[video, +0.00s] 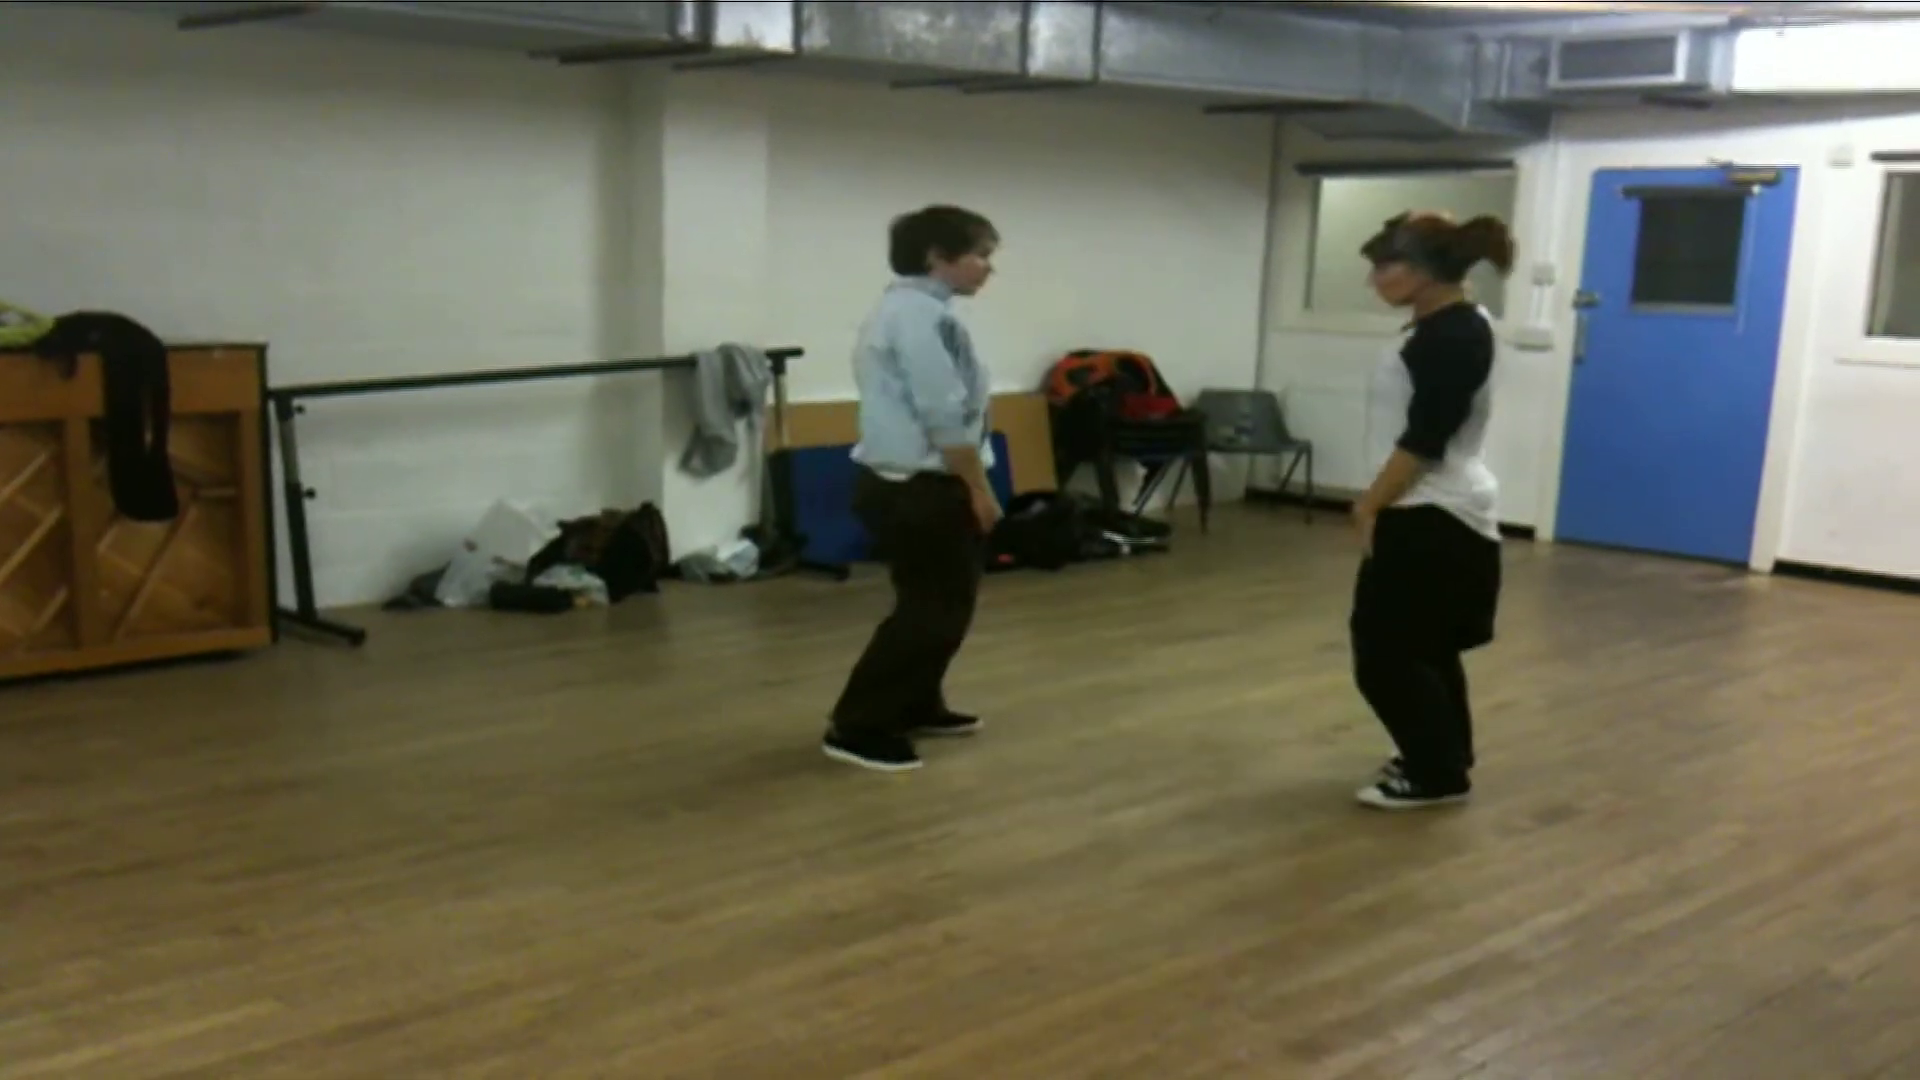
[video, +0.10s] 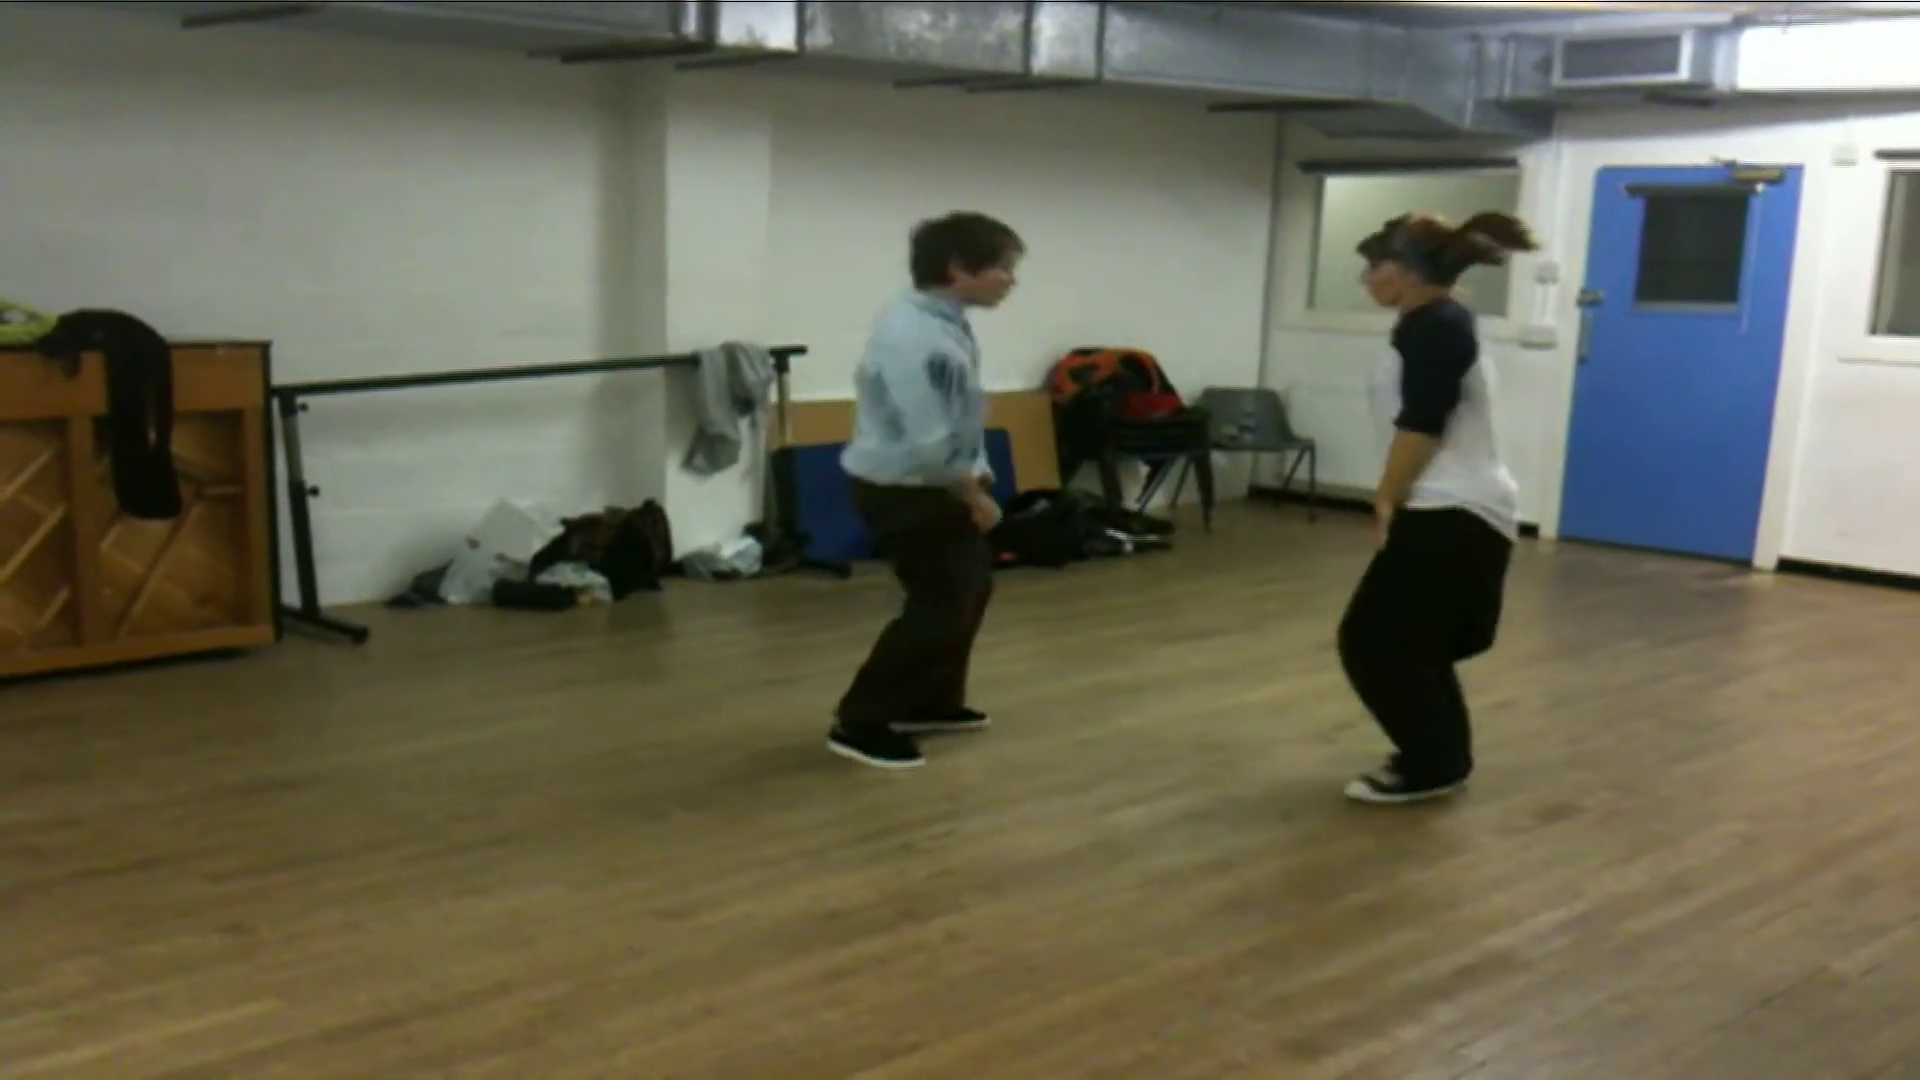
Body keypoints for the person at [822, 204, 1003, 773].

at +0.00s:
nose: (989, 267)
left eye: (989, 256)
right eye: (980, 256)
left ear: (936, 260)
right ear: (939, 258)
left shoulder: (912, 309)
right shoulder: (916, 316)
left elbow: (937, 412)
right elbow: (945, 418)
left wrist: (970, 479)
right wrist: (978, 487)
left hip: (925, 479)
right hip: (912, 484)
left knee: (947, 601)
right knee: (932, 606)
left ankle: (919, 702)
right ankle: (858, 727)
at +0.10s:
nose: (1010, 281)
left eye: (1009, 269)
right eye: (1001, 270)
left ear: (960, 273)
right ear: (959, 272)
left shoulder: (948, 326)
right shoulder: (911, 333)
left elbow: (964, 424)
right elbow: (929, 441)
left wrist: (980, 485)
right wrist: (969, 488)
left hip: (934, 486)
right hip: (895, 488)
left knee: (971, 584)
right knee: (944, 593)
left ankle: (934, 700)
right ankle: (860, 722)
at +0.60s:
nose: (1083, 276)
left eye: (1079, 265)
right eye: (1070, 267)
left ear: (1037, 283)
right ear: (1029, 282)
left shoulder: (1028, 341)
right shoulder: (976, 337)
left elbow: (973, 421)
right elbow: (905, 427)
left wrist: (972, 490)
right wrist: (938, 501)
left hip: (921, 472)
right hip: (865, 469)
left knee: (945, 589)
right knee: (898, 594)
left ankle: (919, 705)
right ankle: (862, 725)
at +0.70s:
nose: (1064, 259)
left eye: (1056, 250)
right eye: (1049, 255)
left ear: (1021, 281)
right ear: (1015, 279)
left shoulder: (1018, 337)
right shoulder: (967, 338)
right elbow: (889, 417)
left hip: (940, 494)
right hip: (896, 490)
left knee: (946, 596)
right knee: (896, 606)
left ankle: (897, 701)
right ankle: (857, 720)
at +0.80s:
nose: (1038, 226)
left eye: (1030, 217)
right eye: (1023, 220)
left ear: (994, 243)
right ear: (990, 242)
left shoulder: (1007, 301)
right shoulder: (965, 303)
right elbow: (880, 356)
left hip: (962, 474)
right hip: (915, 474)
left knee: (968, 586)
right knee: (916, 596)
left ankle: (916, 693)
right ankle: (857, 713)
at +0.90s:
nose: (1016, 219)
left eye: (1008, 209)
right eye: (1000, 212)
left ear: (971, 238)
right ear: (964, 236)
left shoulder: (992, 288)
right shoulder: (945, 292)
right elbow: (908, 313)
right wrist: (867, 313)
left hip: (987, 459)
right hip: (944, 468)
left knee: (1046, 527)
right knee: (937, 607)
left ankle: (964, 617)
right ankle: (848, 720)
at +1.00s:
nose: (1002, 250)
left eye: (998, 242)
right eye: (988, 244)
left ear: (987, 259)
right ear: (942, 264)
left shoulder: (990, 305)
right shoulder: (918, 331)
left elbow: (1012, 258)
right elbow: (926, 331)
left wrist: (1035, 210)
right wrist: (938, 296)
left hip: (1014, 470)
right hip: (958, 490)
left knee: (1107, 489)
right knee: (968, 622)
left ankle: (1036, 581)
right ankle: (871, 739)